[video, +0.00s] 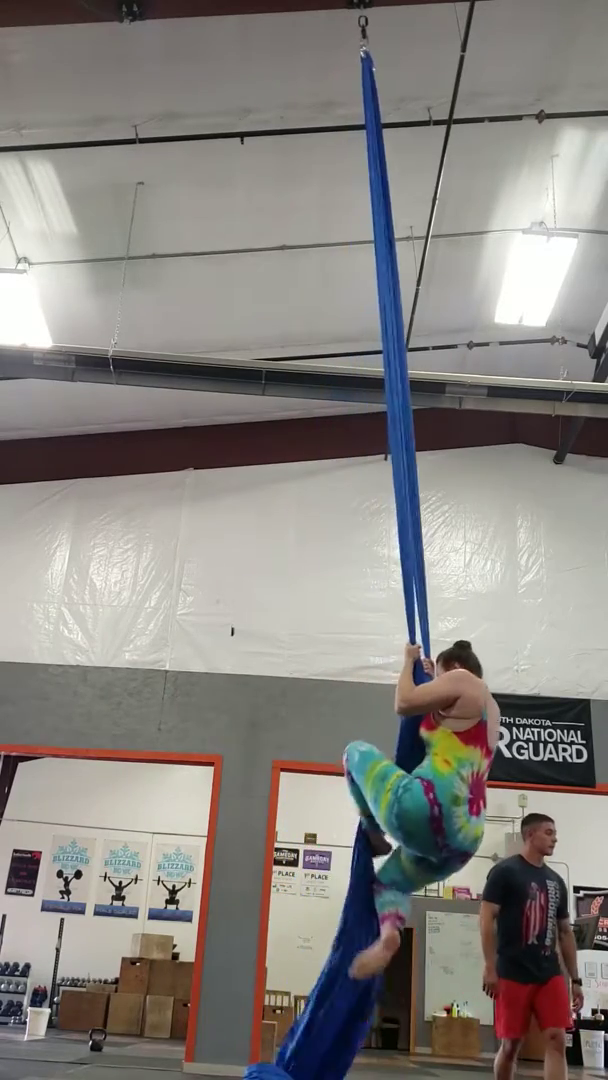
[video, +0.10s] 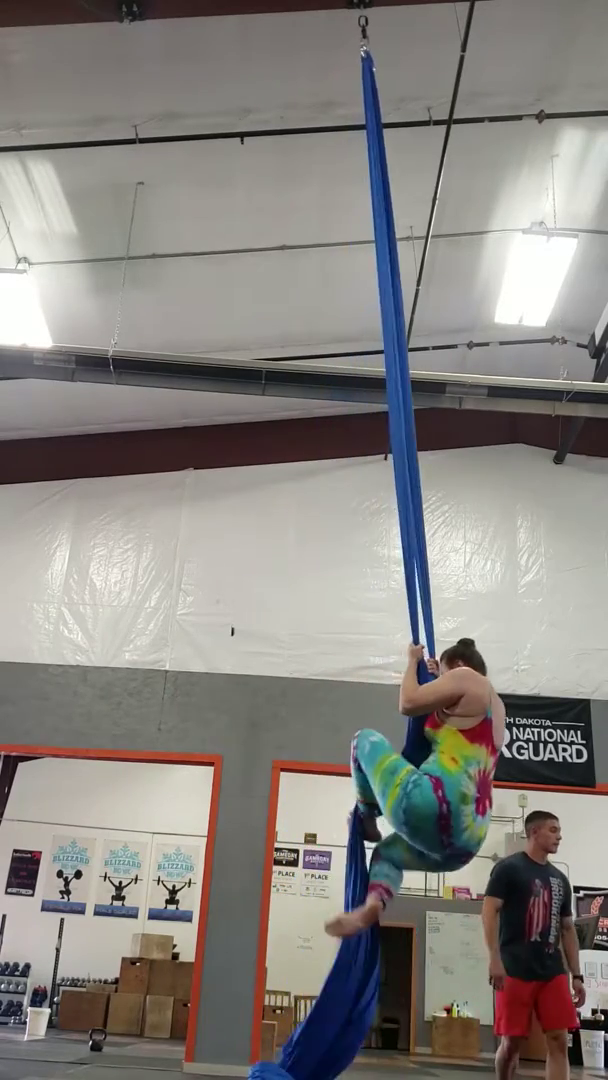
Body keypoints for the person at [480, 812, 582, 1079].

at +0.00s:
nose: (554, 838)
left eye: (554, 833)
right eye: (548, 832)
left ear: (551, 838)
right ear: (529, 835)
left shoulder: (556, 881)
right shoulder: (503, 871)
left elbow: (565, 932)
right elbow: (486, 919)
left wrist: (575, 979)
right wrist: (489, 968)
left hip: (550, 974)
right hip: (512, 973)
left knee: (557, 1040)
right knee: (509, 1046)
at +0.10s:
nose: (559, 836)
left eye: (559, 831)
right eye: (553, 830)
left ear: (554, 835)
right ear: (533, 832)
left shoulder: (560, 879)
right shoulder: (507, 868)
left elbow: (568, 929)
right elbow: (489, 911)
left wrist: (576, 975)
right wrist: (495, 959)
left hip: (553, 972)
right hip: (515, 971)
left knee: (559, 1042)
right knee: (510, 1045)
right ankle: (503, 1078)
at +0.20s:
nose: (560, 834)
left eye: (560, 829)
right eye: (554, 828)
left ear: (551, 833)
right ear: (534, 831)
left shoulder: (561, 877)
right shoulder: (508, 866)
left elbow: (570, 926)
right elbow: (490, 910)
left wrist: (578, 967)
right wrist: (500, 950)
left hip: (553, 972)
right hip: (516, 969)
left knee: (559, 1041)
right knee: (510, 1039)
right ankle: (502, 1077)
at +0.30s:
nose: (558, 832)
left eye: (558, 827)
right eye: (552, 826)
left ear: (542, 830)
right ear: (532, 828)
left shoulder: (559, 875)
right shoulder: (507, 864)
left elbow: (571, 922)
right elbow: (490, 908)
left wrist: (581, 959)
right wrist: (506, 942)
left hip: (552, 969)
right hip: (516, 966)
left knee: (558, 1041)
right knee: (511, 1034)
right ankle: (494, 1077)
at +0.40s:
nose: (552, 830)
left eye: (552, 825)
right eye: (547, 824)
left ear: (537, 829)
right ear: (528, 827)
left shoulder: (554, 873)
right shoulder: (503, 863)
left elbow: (567, 920)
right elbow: (489, 910)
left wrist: (581, 953)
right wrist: (508, 944)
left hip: (549, 969)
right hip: (514, 966)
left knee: (556, 1042)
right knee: (509, 1036)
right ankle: (481, 1077)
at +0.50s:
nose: (546, 830)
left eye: (546, 825)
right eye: (541, 825)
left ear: (528, 828)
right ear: (521, 827)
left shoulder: (545, 872)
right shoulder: (498, 864)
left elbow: (560, 921)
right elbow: (485, 912)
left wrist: (580, 956)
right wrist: (506, 954)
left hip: (543, 971)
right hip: (509, 968)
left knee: (553, 1042)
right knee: (503, 1039)